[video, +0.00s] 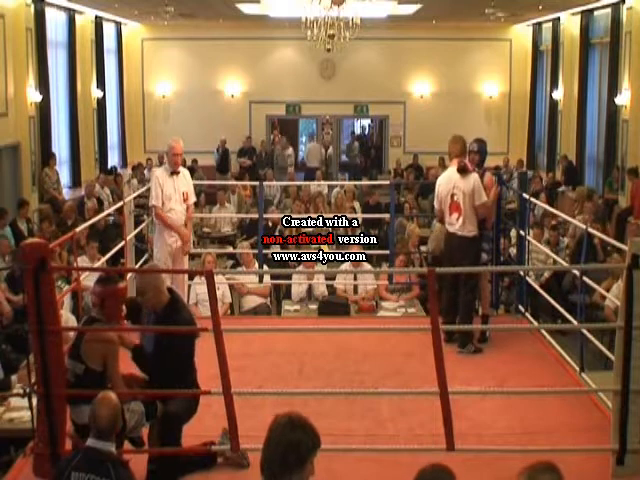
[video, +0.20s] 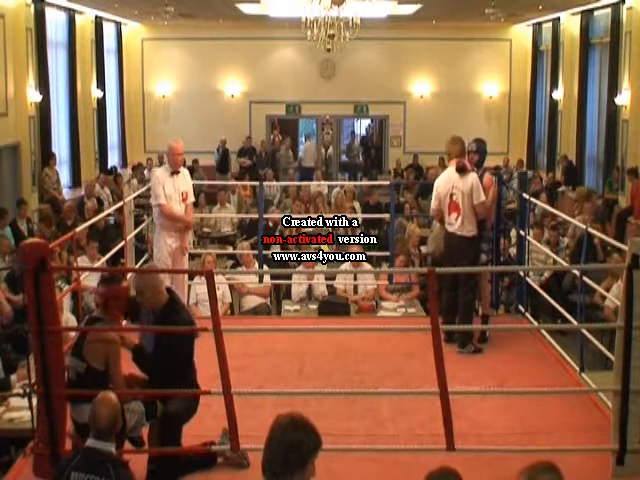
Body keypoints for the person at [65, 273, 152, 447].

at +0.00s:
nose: (122, 306)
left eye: (122, 299)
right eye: (118, 300)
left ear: (97, 301)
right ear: (103, 302)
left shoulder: (88, 324)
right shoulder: (108, 337)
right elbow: (118, 390)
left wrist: (130, 383)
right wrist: (140, 394)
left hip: (77, 410)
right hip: (93, 415)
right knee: (153, 407)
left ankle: (133, 429)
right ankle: (130, 430)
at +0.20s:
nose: (127, 303)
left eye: (126, 298)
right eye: (124, 298)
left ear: (101, 301)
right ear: (115, 303)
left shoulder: (90, 323)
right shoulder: (109, 338)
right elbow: (119, 393)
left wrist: (129, 382)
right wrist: (143, 391)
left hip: (77, 408)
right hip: (93, 414)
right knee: (153, 407)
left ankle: (133, 429)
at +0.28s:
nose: (128, 305)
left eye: (127, 299)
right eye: (124, 300)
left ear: (101, 301)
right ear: (113, 302)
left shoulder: (89, 324)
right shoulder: (110, 338)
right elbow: (120, 393)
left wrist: (129, 382)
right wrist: (143, 392)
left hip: (77, 407)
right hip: (94, 413)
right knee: (153, 407)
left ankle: (133, 429)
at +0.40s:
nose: (126, 302)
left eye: (125, 297)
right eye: (123, 297)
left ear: (100, 299)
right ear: (115, 301)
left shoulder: (88, 323)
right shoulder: (111, 336)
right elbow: (120, 393)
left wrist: (129, 382)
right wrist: (143, 392)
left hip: (77, 407)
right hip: (93, 413)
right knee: (153, 407)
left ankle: (133, 429)